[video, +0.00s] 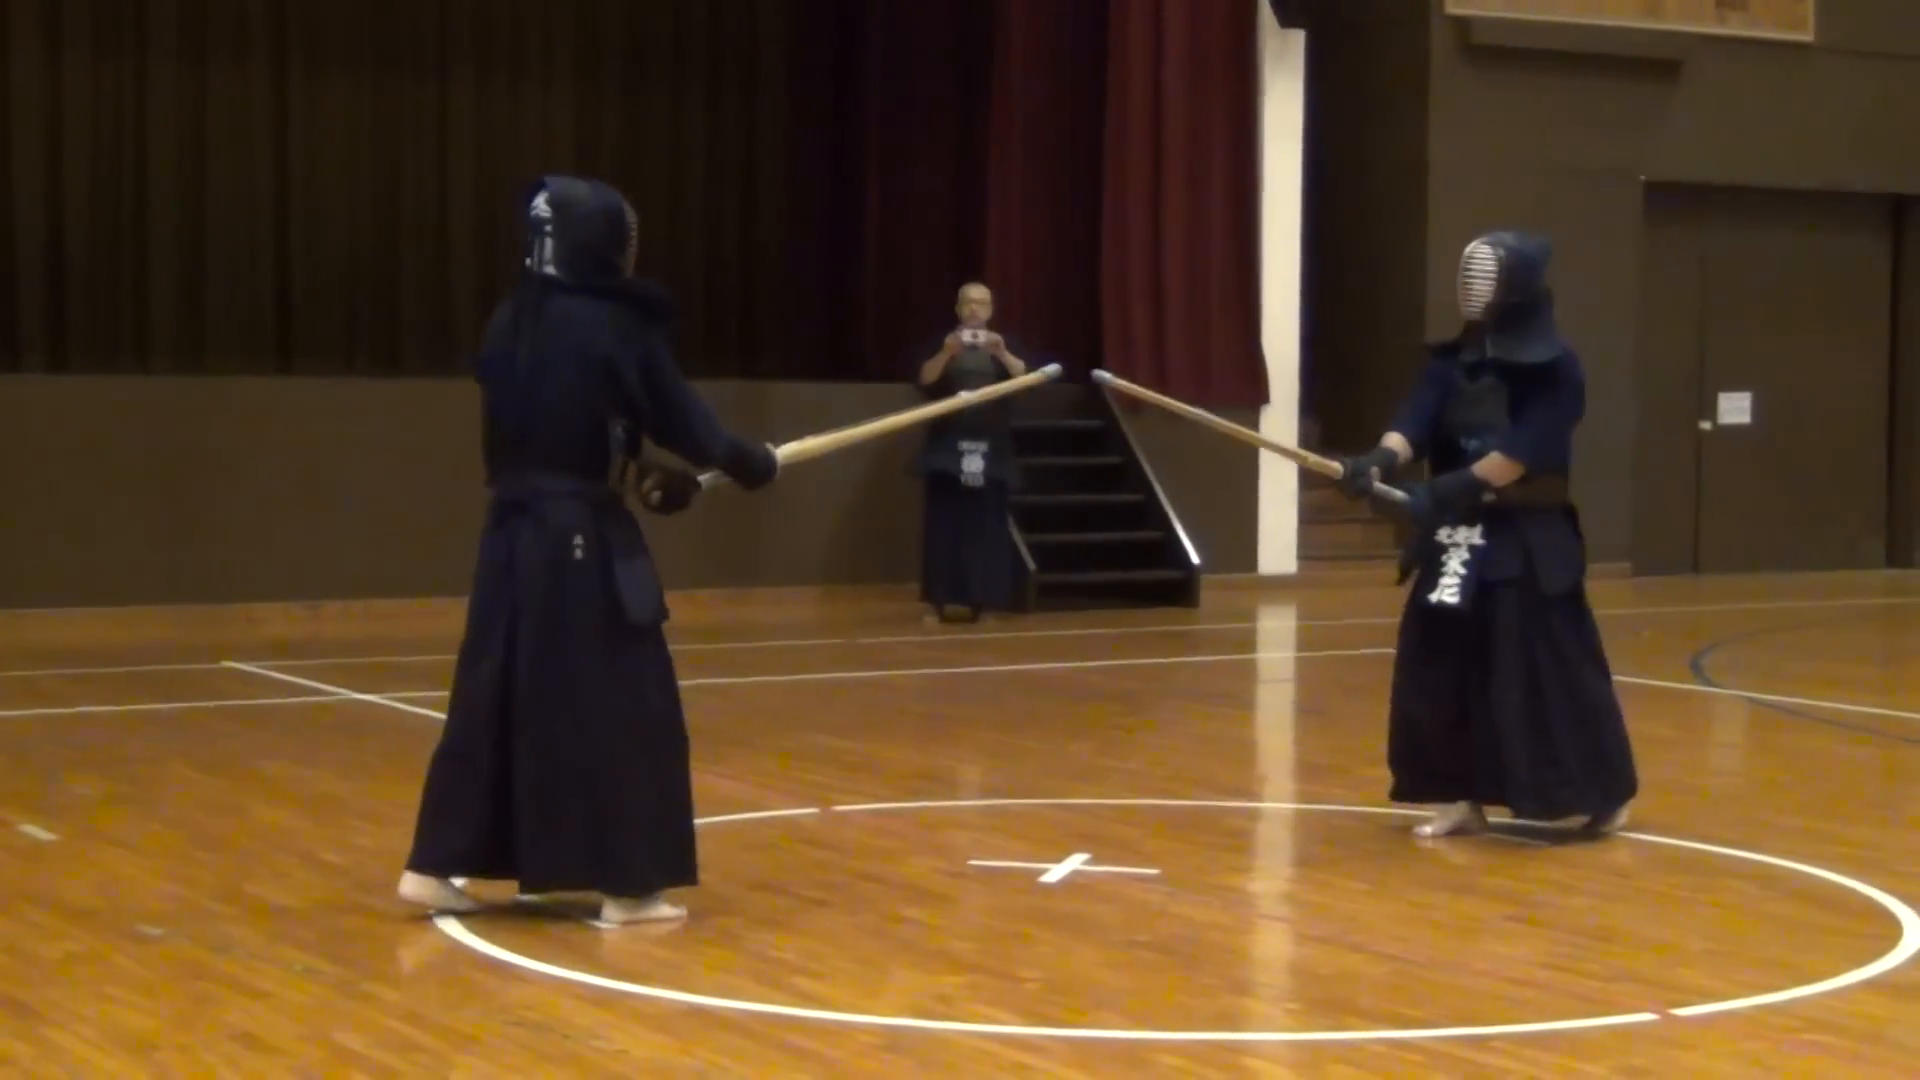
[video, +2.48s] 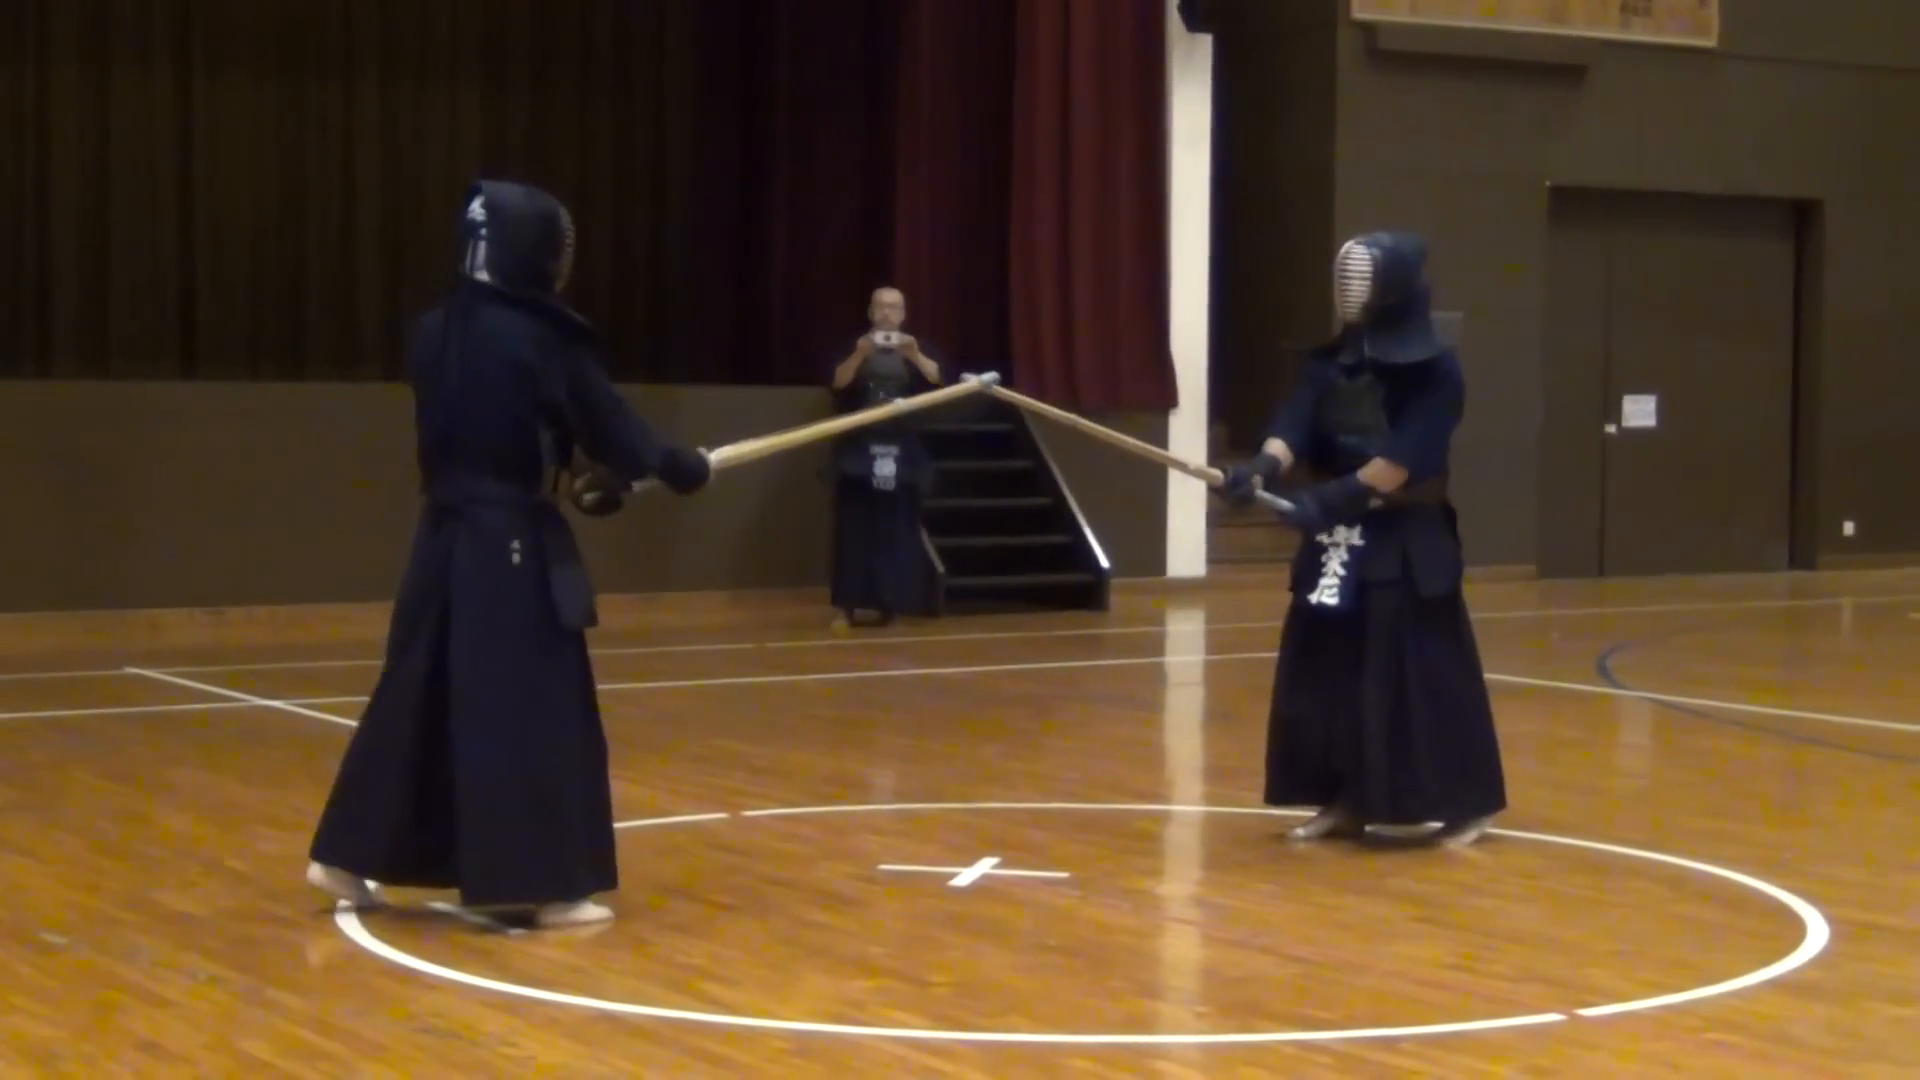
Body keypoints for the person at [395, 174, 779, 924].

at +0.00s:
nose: (631, 252)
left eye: (627, 238)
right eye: (624, 241)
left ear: (549, 245)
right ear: (604, 248)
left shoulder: (511, 319)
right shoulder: (614, 324)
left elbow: (548, 427)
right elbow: (680, 419)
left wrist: (631, 467)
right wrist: (751, 461)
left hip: (510, 534)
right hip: (583, 537)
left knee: (490, 694)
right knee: (625, 704)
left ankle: (431, 865)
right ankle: (629, 889)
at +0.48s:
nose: (609, 258)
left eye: (607, 245)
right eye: (603, 246)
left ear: (527, 246)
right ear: (580, 252)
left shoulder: (485, 327)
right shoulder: (591, 332)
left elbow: (526, 434)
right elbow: (656, 424)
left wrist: (611, 468)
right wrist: (723, 453)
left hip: (493, 536)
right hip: (563, 541)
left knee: (469, 694)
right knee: (589, 707)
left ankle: (406, 861)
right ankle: (597, 888)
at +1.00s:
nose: (617, 265)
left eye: (617, 251)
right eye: (611, 251)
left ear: (533, 250)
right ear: (585, 255)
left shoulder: (486, 330)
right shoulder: (583, 335)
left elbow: (518, 448)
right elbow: (643, 423)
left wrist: (612, 479)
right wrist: (716, 452)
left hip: (492, 540)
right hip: (560, 544)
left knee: (468, 695)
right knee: (585, 709)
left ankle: (402, 860)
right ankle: (585, 888)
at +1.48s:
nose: (575, 263)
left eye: (574, 249)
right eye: (569, 250)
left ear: (492, 251)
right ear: (547, 256)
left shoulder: (452, 329)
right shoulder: (550, 338)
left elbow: (484, 451)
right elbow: (613, 429)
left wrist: (576, 479)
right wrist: (677, 458)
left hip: (459, 542)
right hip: (526, 547)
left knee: (434, 699)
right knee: (550, 712)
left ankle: (369, 864)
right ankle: (554, 889)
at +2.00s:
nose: (571, 262)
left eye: (569, 247)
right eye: (565, 249)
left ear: (488, 249)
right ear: (542, 255)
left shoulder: (447, 329)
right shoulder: (547, 338)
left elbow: (482, 448)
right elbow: (619, 430)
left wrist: (573, 479)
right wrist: (687, 461)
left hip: (455, 543)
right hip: (524, 547)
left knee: (435, 703)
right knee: (543, 711)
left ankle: (377, 872)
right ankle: (552, 883)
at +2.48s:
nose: (567, 264)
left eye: (566, 250)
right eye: (561, 251)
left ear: (483, 252)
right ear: (538, 257)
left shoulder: (440, 325)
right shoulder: (546, 338)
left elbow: (474, 429)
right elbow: (609, 425)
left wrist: (563, 469)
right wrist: (675, 461)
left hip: (443, 538)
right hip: (513, 544)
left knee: (414, 692)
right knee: (537, 709)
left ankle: (340, 853)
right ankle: (546, 887)